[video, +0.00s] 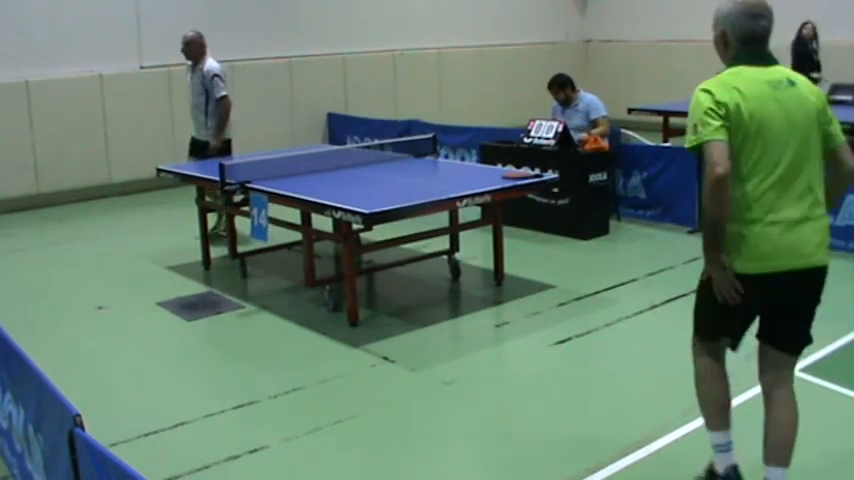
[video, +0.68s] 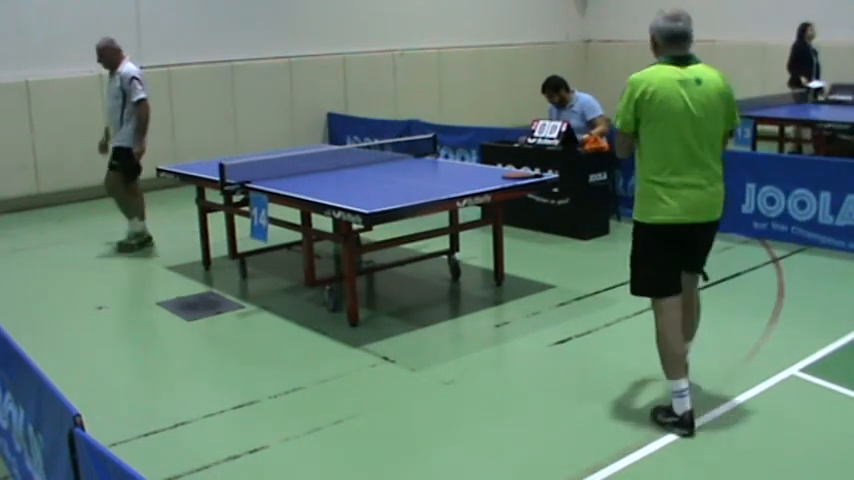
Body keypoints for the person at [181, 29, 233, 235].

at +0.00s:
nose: (183, 50)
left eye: (187, 45)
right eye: (182, 46)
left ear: (200, 46)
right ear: (187, 49)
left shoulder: (211, 71)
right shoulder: (192, 69)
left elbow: (225, 102)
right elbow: (200, 101)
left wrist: (218, 136)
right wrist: (200, 129)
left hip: (215, 140)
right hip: (199, 138)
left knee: (219, 184)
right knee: (202, 182)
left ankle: (226, 222)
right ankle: (219, 218)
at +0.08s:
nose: (176, 51)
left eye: (180, 46)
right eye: (175, 47)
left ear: (193, 47)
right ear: (179, 50)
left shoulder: (203, 72)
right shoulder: (185, 70)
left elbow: (215, 103)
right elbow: (194, 103)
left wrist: (208, 137)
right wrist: (192, 131)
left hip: (209, 140)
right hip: (191, 138)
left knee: (219, 185)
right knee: (188, 180)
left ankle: (228, 222)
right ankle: (201, 217)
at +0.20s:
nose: (163, 57)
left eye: (166, 53)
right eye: (162, 53)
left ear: (179, 52)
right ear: (170, 53)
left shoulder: (190, 75)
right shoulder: (176, 73)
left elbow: (201, 107)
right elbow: (182, 106)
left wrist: (193, 141)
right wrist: (181, 135)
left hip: (198, 144)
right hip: (180, 141)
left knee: (212, 186)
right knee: (171, 182)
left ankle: (226, 222)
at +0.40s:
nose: (135, 62)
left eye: (137, 57)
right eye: (134, 57)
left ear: (150, 54)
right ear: (144, 56)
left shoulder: (162, 76)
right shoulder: (149, 76)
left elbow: (174, 107)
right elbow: (156, 109)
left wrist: (169, 143)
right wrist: (153, 139)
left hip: (169, 147)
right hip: (152, 146)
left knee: (179, 185)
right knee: (144, 182)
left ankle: (216, 214)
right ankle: (144, 230)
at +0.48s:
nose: (124, 62)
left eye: (126, 57)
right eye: (123, 57)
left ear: (138, 54)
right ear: (133, 55)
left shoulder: (151, 75)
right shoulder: (138, 76)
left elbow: (164, 107)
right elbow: (145, 109)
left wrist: (159, 143)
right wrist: (141, 139)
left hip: (153, 145)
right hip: (140, 144)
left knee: (155, 185)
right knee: (137, 182)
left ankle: (197, 209)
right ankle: (142, 230)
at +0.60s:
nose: (109, 60)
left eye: (111, 55)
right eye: (108, 56)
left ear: (124, 52)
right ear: (116, 54)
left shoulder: (138, 73)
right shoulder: (123, 75)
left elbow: (151, 105)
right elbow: (127, 110)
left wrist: (147, 141)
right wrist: (121, 139)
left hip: (138, 143)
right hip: (126, 142)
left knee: (130, 183)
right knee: (132, 186)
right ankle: (142, 229)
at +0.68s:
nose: (101, 64)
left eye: (102, 59)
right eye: (99, 60)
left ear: (114, 54)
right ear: (111, 55)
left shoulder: (129, 74)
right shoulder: (115, 75)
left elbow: (143, 106)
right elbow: (114, 111)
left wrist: (140, 141)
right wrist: (106, 137)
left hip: (128, 142)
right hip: (119, 142)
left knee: (113, 184)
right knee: (130, 186)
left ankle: (136, 229)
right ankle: (140, 231)